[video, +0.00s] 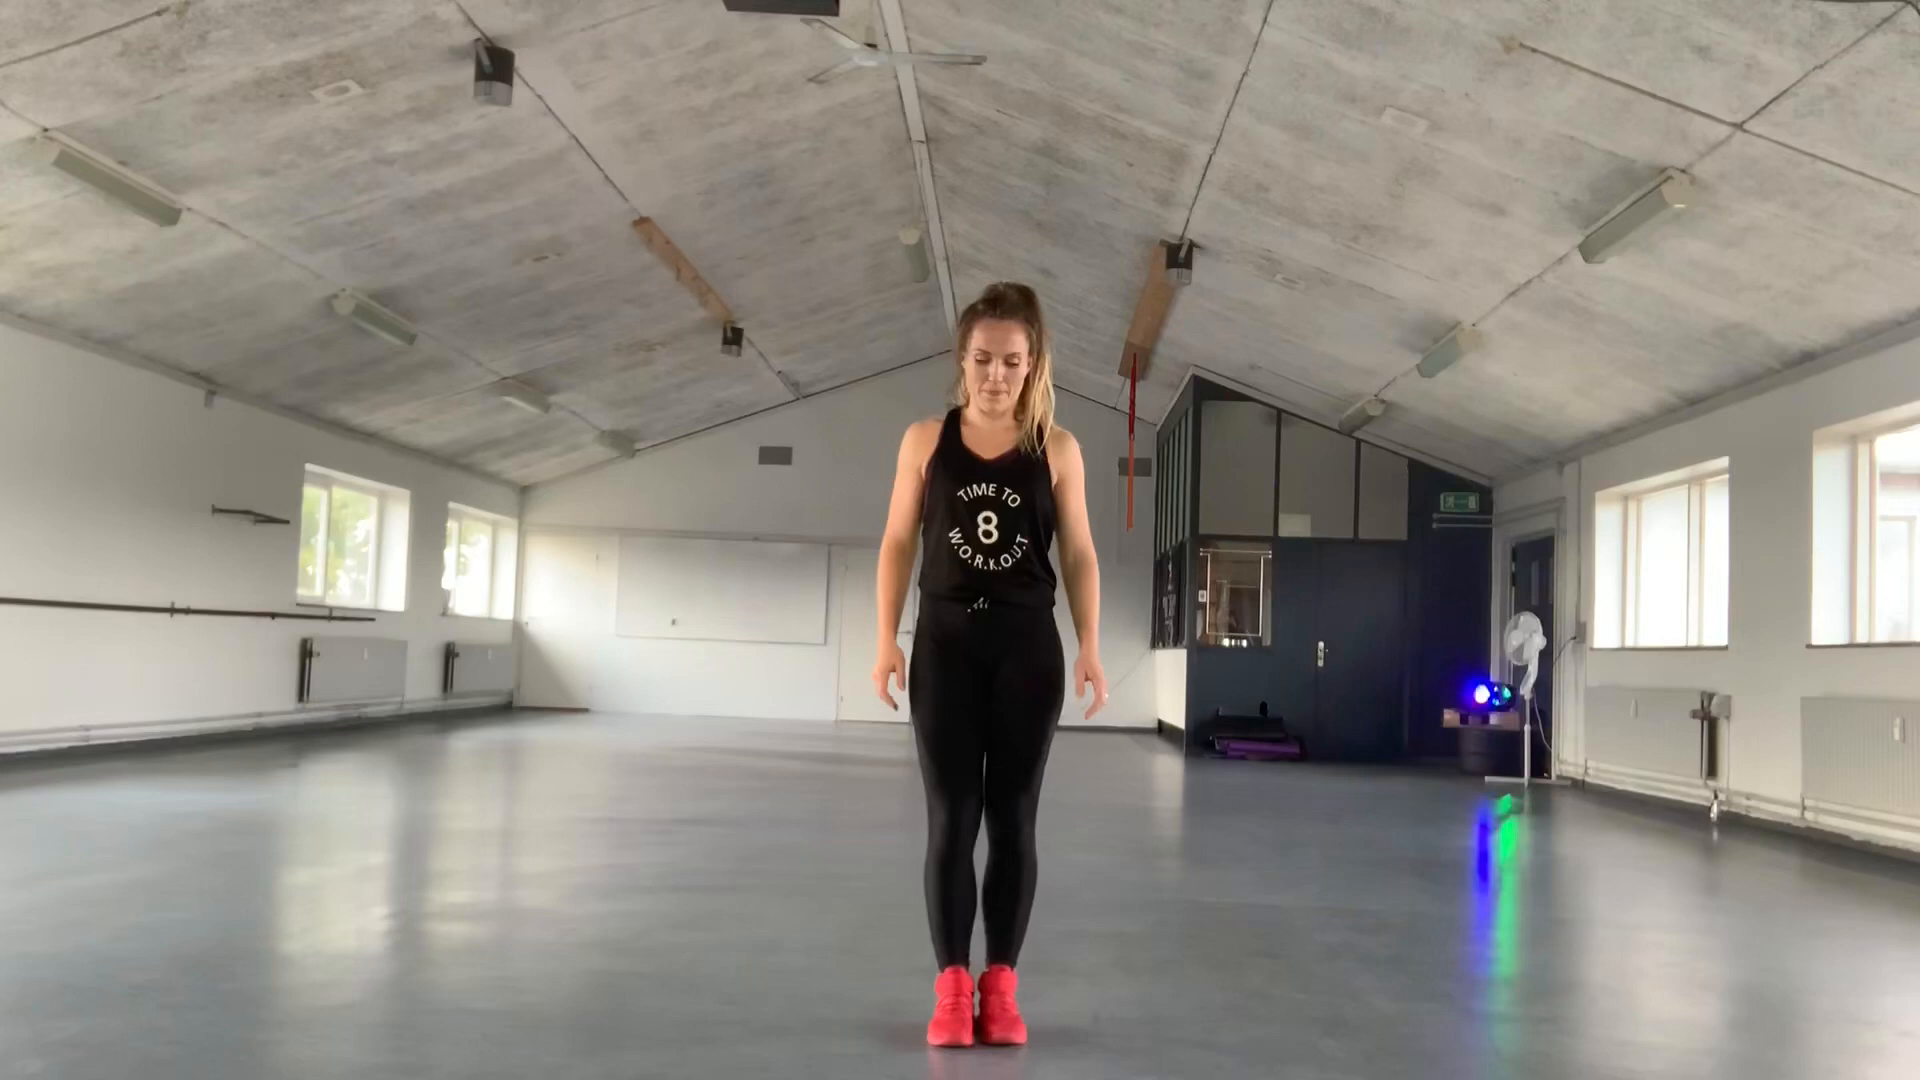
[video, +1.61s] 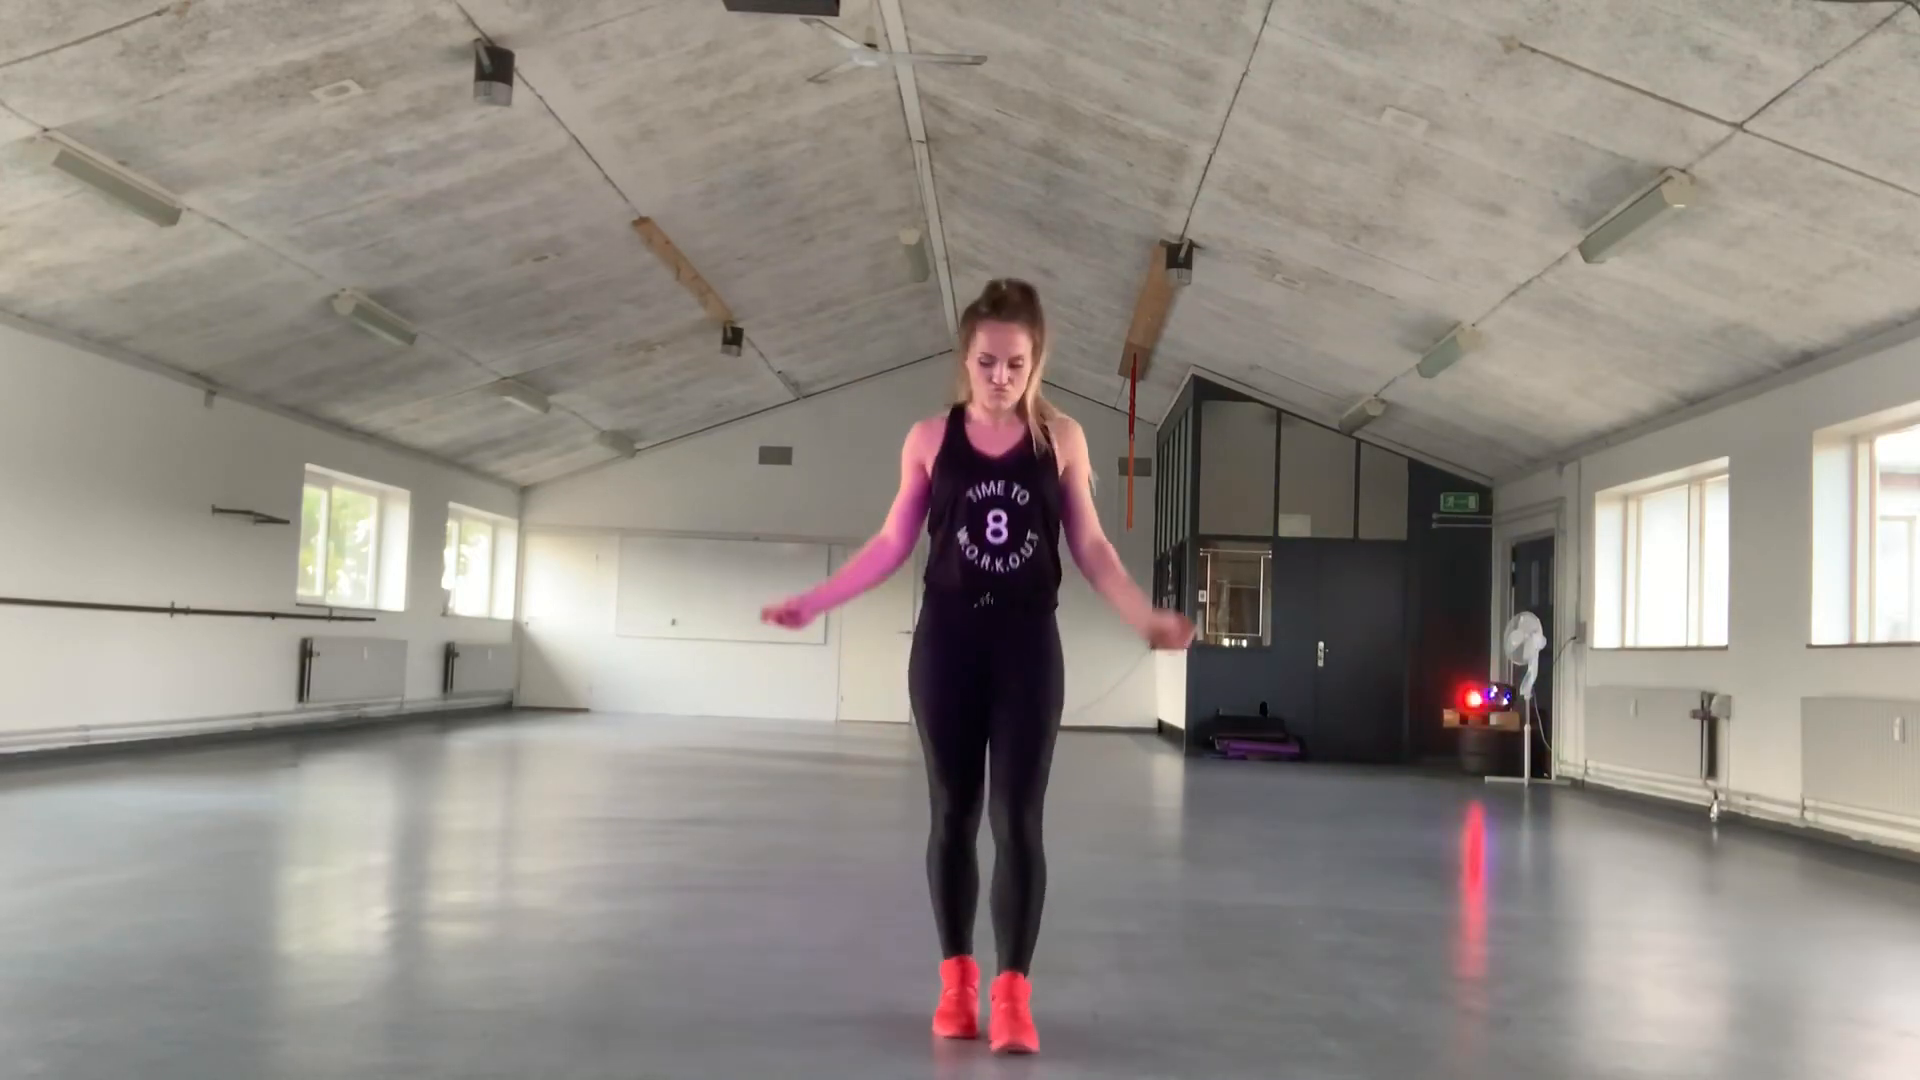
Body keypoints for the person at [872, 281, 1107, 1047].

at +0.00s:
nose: (998, 373)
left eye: (1012, 361)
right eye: (985, 358)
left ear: (1033, 366)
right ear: (963, 360)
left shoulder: (1057, 447)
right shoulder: (926, 438)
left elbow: (1080, 554)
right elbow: (898, 542)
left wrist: (1089, 643)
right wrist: (887, 637)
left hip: (1029, 651)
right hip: (944, 649)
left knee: (1014, 819)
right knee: (954, 818)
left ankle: (1001, 982)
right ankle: (952, 981)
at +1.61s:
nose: (1000, 374)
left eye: (1015, 360)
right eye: (988, 358)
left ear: (1035, 364)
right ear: (965, 357)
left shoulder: (1060, 437)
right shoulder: (930, 439)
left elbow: (1092, 550)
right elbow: (891, 546)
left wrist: (1146, 619)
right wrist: (814, 602)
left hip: (1028, 648)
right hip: (946, 646)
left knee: (1017, 813)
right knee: (954, 811)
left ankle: (1013, 985)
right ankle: (958, 974)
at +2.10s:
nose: (1003, 368)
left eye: (1019, 352)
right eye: (993, 351)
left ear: (1056, 351)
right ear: (981, 350)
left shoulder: (1086, 432)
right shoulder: (963, 416)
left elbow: (1130, 540)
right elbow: (889, 485)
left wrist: (1163, 478)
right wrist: (801, 452)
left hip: (1046, 635)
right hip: (964, 629)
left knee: (1032, 803)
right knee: (972, 792)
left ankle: (1017, 970)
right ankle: (957, 965)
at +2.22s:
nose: (1005, 369)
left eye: (1022, 353)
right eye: (994, 352)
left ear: (1059, 353)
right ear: (984, 351)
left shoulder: (1085, 432)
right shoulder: (963, 419)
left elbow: (1131, 544)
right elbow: (890, 492)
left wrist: (1156, 480)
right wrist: (804, 454)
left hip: (1044, 641)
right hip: (963, 635)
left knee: (1030, 812)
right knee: (964, 801)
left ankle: (1015, 972)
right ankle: (952, 970)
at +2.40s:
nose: (1020, 376)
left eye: (1035, 365)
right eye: (1008, 364)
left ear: (1060, 378)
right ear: (991, 375)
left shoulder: (1082, 469)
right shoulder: (958, 451)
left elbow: (1097, 589)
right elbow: (901, 534)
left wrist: (1131, 570)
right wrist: (831, 540)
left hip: (1049, 670)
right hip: (968, 668)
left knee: (1034, 830)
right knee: (964, 828)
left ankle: (1015, 977)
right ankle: (956, 970)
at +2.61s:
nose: (1021, 336)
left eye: (1034, 326)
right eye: (1008, 324)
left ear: (1051, 342)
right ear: (983, 338)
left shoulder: (1079, 428)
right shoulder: (948, 429)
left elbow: (1086, 542)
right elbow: (922, 536)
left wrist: (1081, 640)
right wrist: (895, 626)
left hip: (1037, 633)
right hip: (953, 630)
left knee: (1023, 806)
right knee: (958, 800)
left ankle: (1012, 970)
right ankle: (956, 970)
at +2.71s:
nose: (1016, 337)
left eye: (1028, 327)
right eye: (1002, 326)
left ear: (1046, 344)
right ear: (978, 342)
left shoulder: (1075, 431)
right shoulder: (943, 431)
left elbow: (1087, 540)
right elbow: (923, 542)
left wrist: (1085, 635)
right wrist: (905, 638)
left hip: (1037, 639)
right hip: (952, 637)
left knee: (1017, 808)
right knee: (955, 803)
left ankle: (1003, 971)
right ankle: (952, 970)